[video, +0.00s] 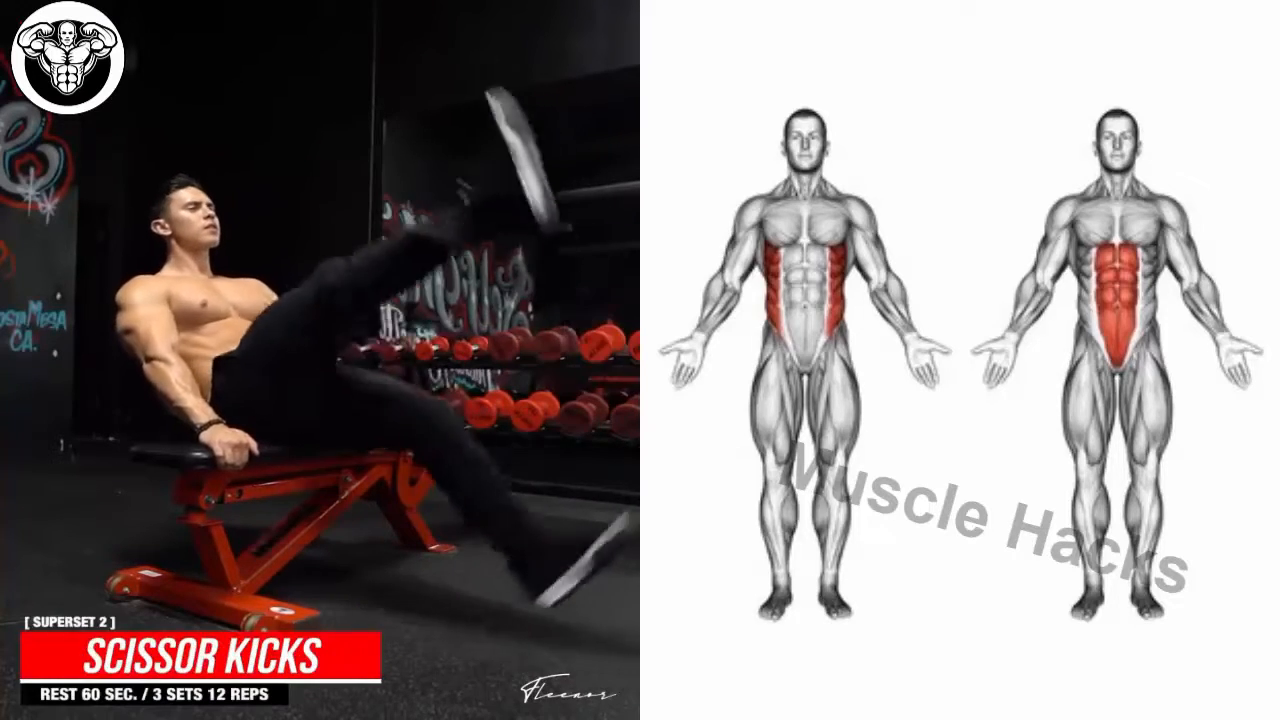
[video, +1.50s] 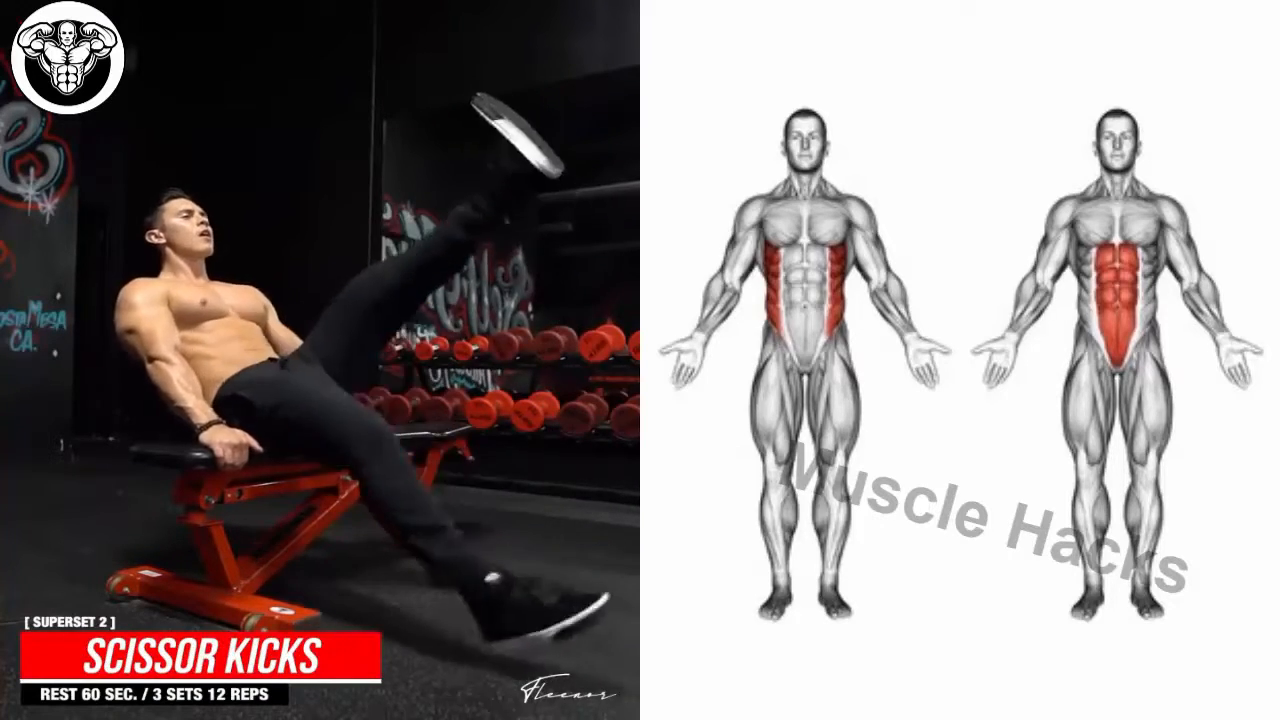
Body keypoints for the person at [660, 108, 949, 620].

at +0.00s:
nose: (804, 145)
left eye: (812, 138)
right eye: (797, 138)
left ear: (825, 146)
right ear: (785, 145)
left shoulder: (852, 211)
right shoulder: (758, 211)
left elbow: (881, 282)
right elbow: (729, 281)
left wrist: (910, 336)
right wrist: (700, 336)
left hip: (832, 355)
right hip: (777, 355)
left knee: (834, 467)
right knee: (777, 469)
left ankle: (830, 584)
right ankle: (780, 585)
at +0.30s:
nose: (804, 146)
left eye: (812, 138)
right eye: (797, 138)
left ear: (825, 145)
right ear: (785, 145)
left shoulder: (852, 211)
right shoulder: (758, 211)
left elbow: (881, 282)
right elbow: (729, 281)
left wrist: (910, 336)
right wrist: (700, 336)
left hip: (832, 355)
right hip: (777, 355)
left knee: (834, 467)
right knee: (777, 469)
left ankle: (830, 584)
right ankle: (780, 585)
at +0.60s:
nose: (805, 146)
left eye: (812, 138)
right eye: (797, 138)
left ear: (825, 145)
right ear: (785, 145)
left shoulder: (852, 211)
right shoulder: (758, 211)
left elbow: (881, 281)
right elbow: (729, 281)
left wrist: (910, 336)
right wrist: (700, 336)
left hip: (832, 355)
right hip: (777, 355)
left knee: (834, 467)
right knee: (777, 468)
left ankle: (830, 584)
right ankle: (780, 585)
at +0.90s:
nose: (805, 146)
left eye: (812, 138)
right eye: (797, 138)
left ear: (825, 145)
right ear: (785, 145)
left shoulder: (852, 211)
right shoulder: (758, 211)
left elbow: (881, 281)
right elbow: (729, 281)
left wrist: (910, 336)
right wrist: (700, 336)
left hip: (832, 356)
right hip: (777, 355)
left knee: (834, 467)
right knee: (777, 469)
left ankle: (830, 584)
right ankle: (780, 585)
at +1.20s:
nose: (805, 146)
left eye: (812, 138)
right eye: (797, 138)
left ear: (825, 146)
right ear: (785, 146)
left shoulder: (852, 211)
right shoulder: (758, 211)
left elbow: (881, 281)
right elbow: (729, 282)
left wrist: (910, 336)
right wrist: (700, 336)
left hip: (832, 356)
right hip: (777, 355)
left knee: (834, 468)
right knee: (777, 469)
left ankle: (829, 584)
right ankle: (780, 585)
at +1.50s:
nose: (805, 146)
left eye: (812, 138)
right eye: (797, 138)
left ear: (825, 145)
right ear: (785, 145)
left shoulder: (852, 211)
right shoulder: (758, 211)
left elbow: (881, 281)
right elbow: (729, 281)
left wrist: (910, 336)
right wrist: (700, 336)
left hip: (832, 356)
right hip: (777, 355)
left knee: (834, 467)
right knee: (777, 469)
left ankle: (830, 584)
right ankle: (780, 585)